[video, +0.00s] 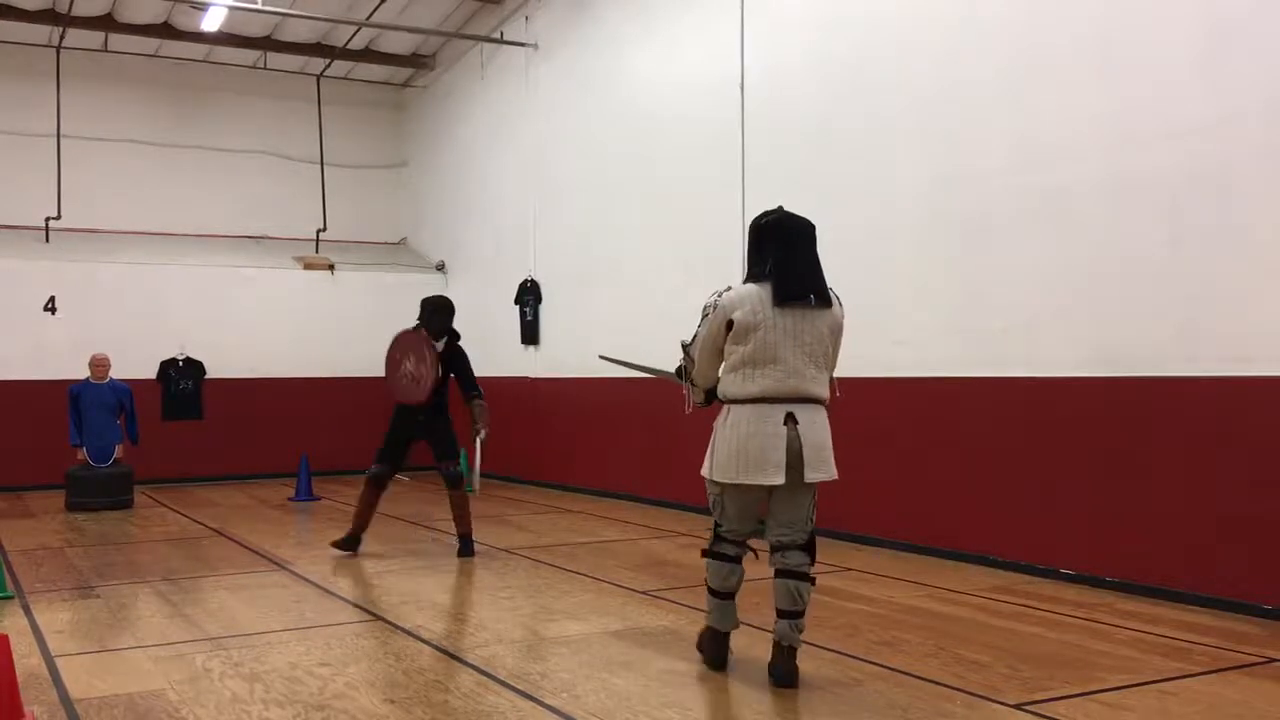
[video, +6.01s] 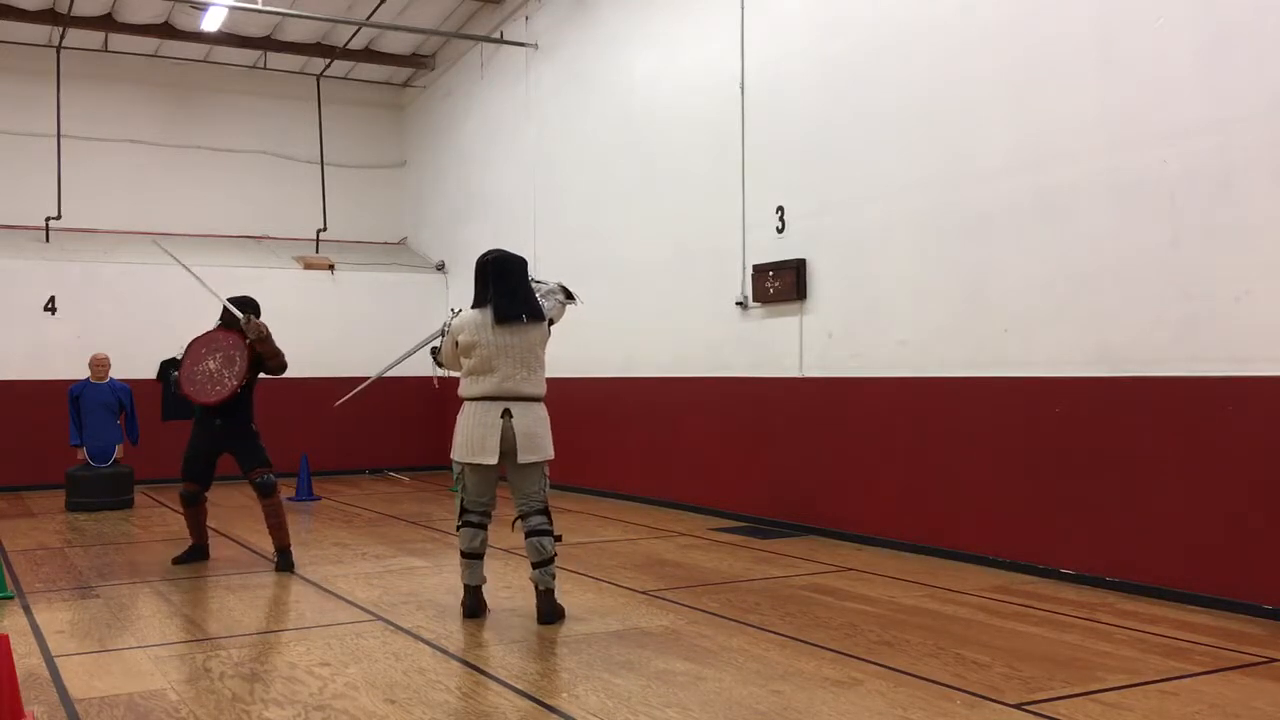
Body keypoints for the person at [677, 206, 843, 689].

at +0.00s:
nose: (751, 258)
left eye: (753, 250)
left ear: (758, 252)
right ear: (808, 252)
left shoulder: (736, 302)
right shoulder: (830, 309)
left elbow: (702, 370)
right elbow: (824, 374)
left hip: (743, 435)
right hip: (807, 436)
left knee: (729, 537)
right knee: (793, 544)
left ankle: (717, 639)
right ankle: (785, 656)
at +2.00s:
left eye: (618, 264)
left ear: (617, 270)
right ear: (665, 268)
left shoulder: (599, 315)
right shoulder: (680, 311)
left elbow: (578, 339)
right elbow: (709, 280)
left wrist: (602, 300)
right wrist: (672, 259)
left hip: (615, 432)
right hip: (672, 430)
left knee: (597, 525)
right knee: (668, 527)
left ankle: (573, 612)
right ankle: (666, 630)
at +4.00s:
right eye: (573, 274)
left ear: (531, 278)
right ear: (573, 277)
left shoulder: (514, 319)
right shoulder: (587, 312)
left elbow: (502, 354)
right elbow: (621, 298)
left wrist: (510, 324)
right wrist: (594, 284)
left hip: (527, 424)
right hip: (580, 423)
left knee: (528, 510)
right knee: (588, 509)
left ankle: (525, 597)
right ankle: (601, 603)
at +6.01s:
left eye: (478, 280)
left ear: (481, 283)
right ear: (522, 282)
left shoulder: (465, 323)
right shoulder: (538, 318)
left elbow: (448, 360)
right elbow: (558, 297)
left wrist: (451, 331)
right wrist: (532, 283)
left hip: (478, 425)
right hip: (529, 423)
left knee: (474, 509)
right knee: (534, 508)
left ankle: (473, 595)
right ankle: (546, 599)